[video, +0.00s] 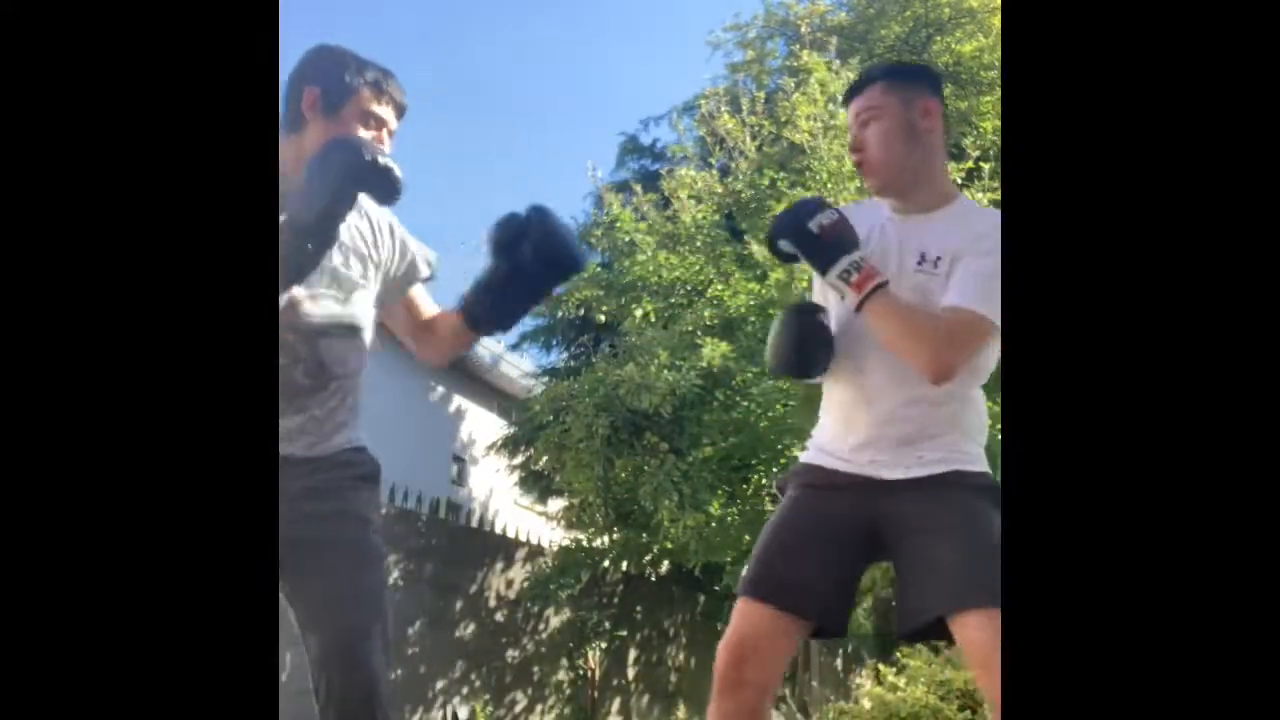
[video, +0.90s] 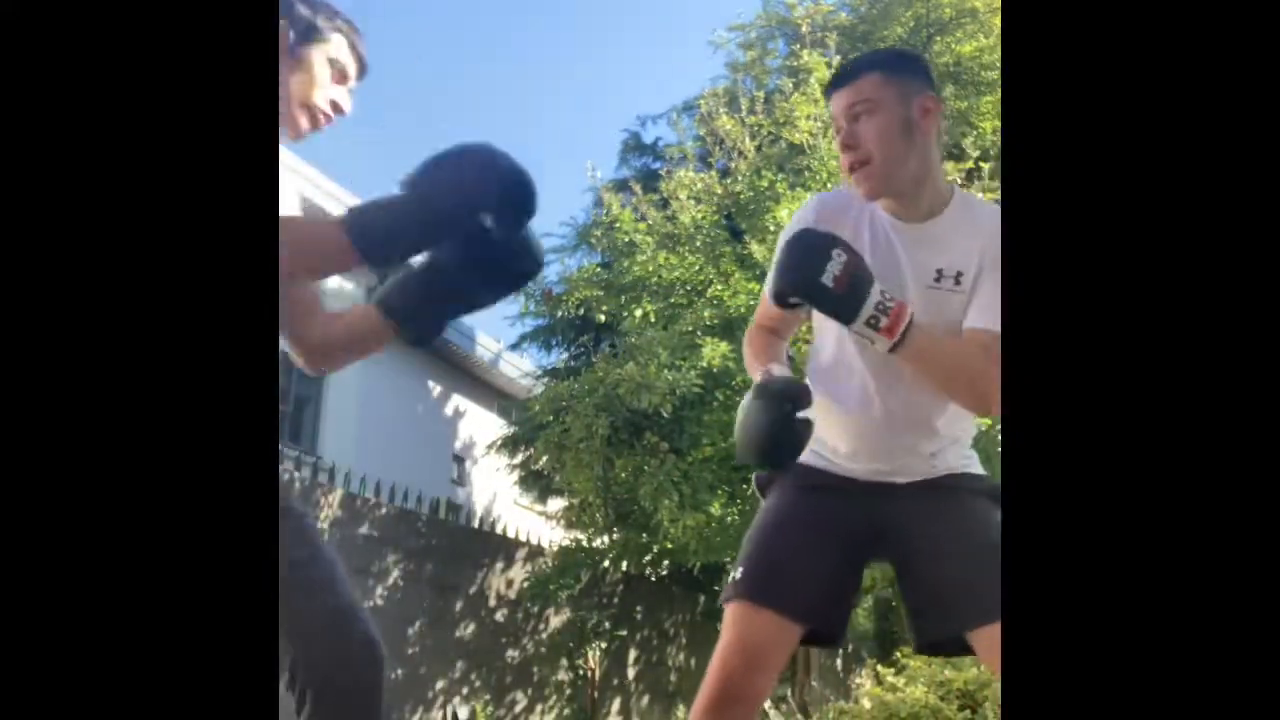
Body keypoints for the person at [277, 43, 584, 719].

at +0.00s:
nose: (385, 147)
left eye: (391, 135)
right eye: (374, 125)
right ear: (313, 103)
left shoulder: (374, 227)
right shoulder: (284, 206)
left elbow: (431, 340)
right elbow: (284, 294)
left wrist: (511, 285)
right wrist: (310, 217)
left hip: (324, 474)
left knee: (356, 683)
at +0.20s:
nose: (319, 126)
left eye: (325, 115)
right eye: (308, 103)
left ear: (325, 121)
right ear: (277, 86)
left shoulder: (297, 225)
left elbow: (331, 334)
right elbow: (330, 333)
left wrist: (403, 266)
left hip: (288, 454)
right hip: (289, 454)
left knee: (342, 684)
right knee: (337, 683)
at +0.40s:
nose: (352, 77)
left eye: (356, 65)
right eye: (343, 59)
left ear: (326, 82)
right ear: (299, 64)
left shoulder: (292, 178)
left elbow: (359, 282)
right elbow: (359, 280)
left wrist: (382, 161)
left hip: (282, 432)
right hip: (281, 435)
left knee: (321, 650)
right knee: (318, 652)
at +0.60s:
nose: (377, 134)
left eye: (388, 117)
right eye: (378, 106)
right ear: (342, 71)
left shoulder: (318, 191)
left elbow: (419, 305)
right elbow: (344, 232)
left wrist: (456, 184)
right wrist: (412, 121)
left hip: (284, 450)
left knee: (337, 675)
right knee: (334, 675)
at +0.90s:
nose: (343, 102)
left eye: (353, 88)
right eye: (337, 70)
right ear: (287, 41)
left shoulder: (290, 188)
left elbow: (318, 344)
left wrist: (437, 291)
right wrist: (396, 223)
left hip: (282, 463)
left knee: (346, 658)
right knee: (342, 657)